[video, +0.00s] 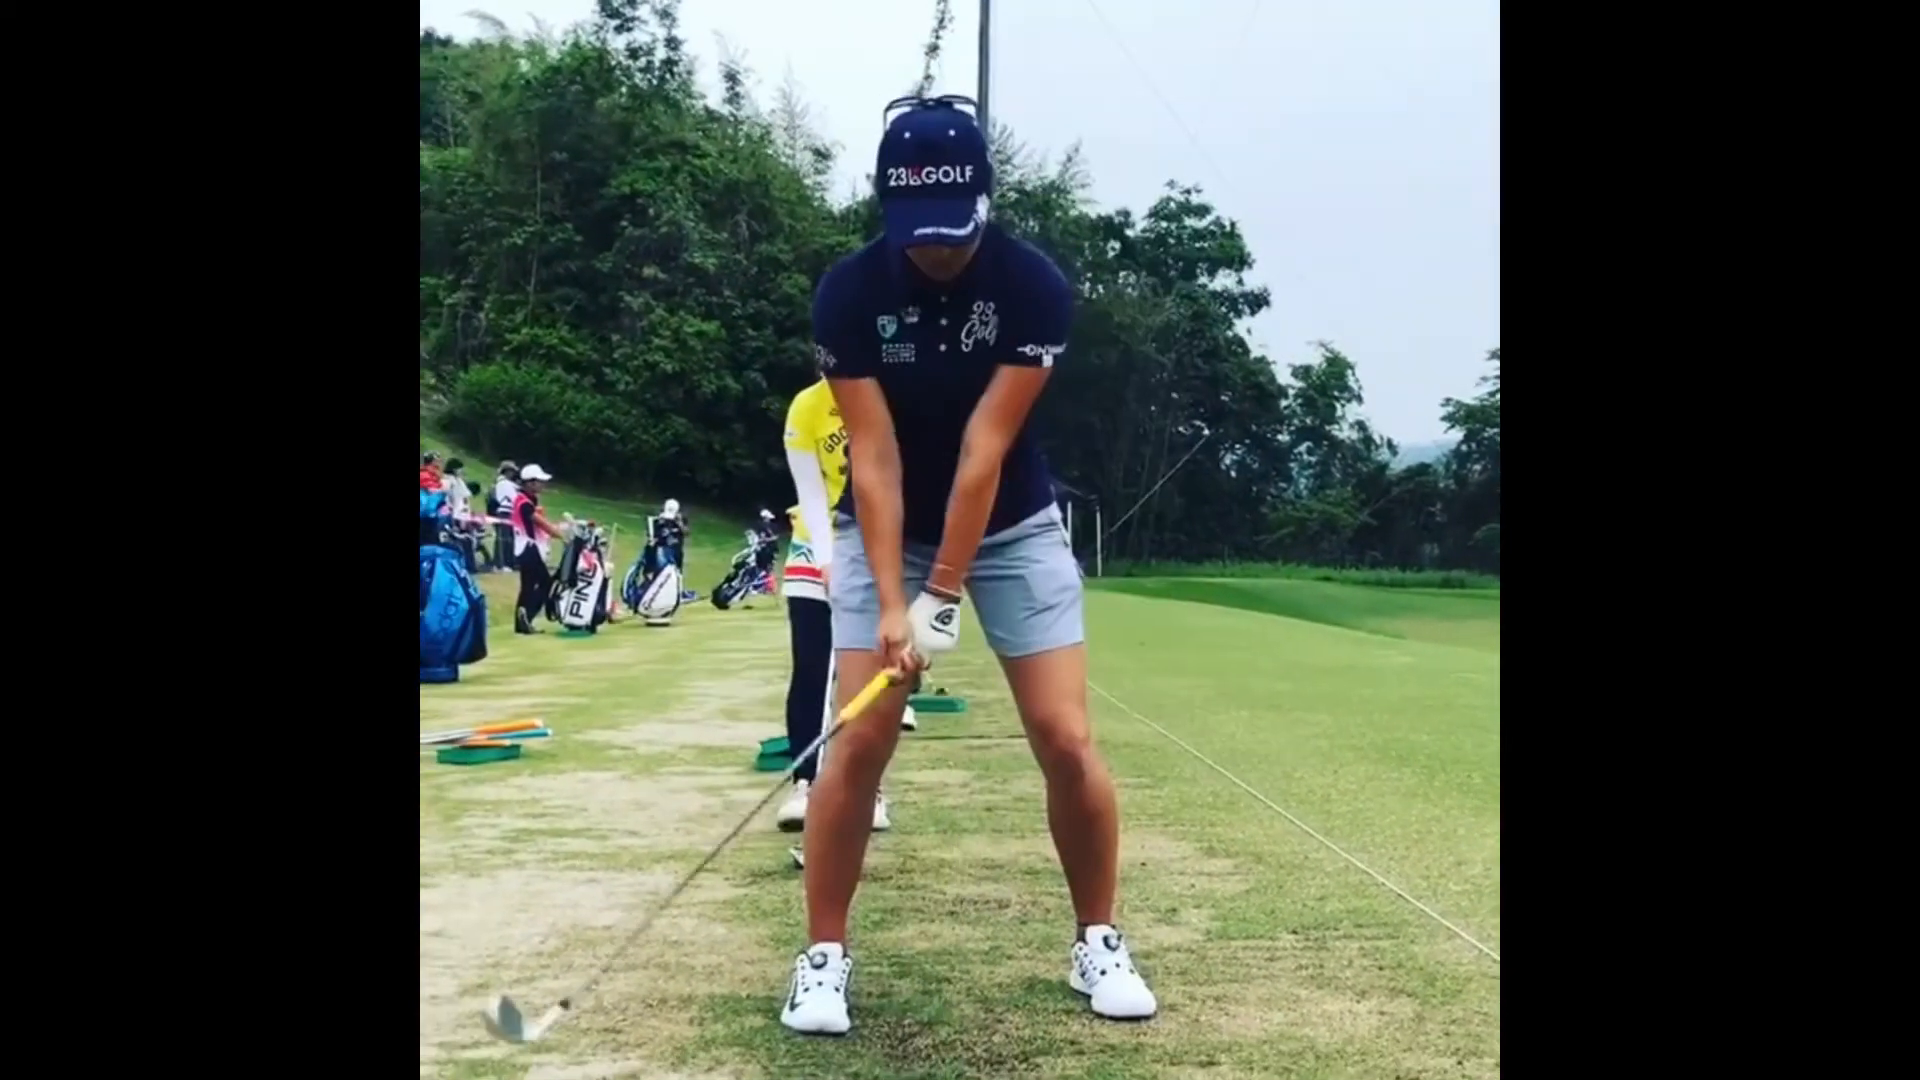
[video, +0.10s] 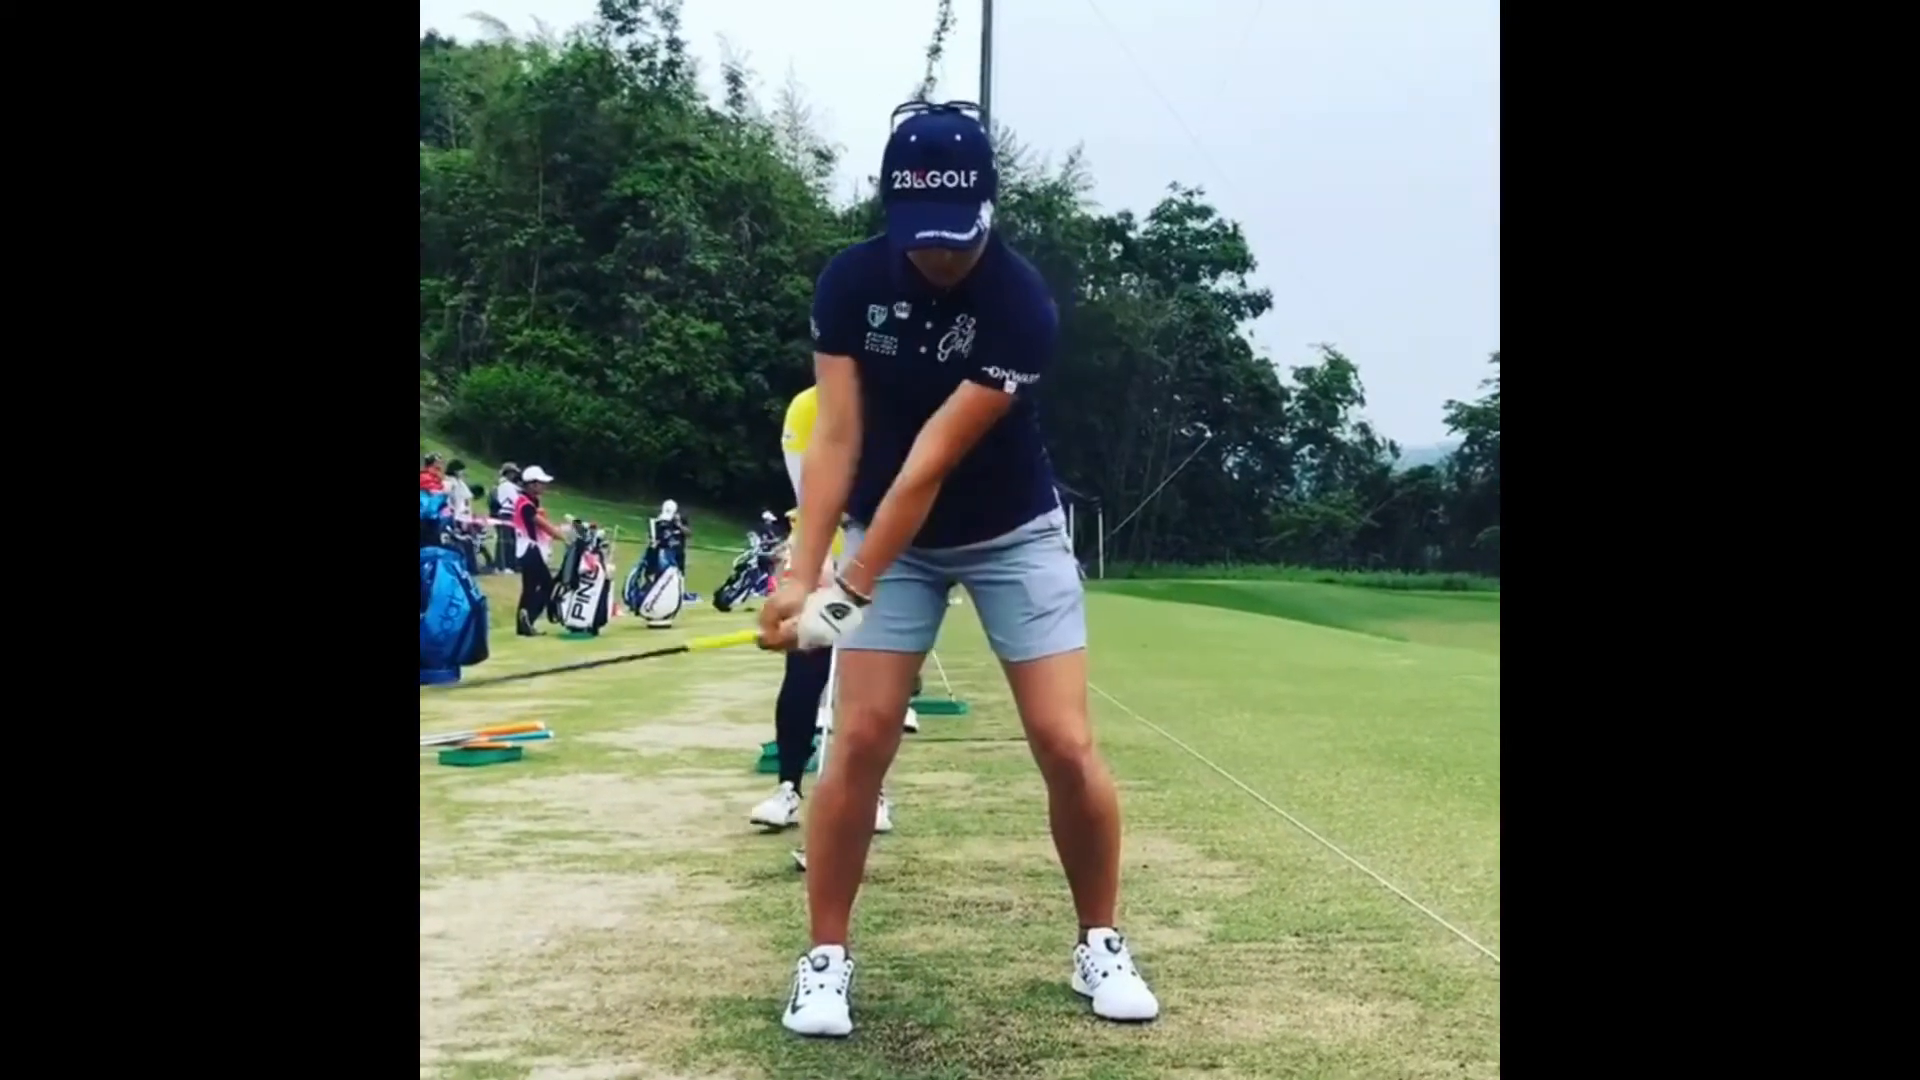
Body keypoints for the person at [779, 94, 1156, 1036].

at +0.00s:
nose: (939, 243)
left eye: (956, 223)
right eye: (921, 225)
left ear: (984, 199)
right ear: (890, 203)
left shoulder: (1035, 289)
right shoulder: (847, 294)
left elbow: (984, 453)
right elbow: (872, 453)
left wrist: (944, 591)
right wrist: (889, 596)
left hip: (1014, 529)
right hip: (889, 533)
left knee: (1066, 740)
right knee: (856, 746)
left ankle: (1100, 941)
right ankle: (824, 954)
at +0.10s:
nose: (940, 250)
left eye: (958, 231)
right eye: (923, 232)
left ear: (988, 206)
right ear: (892, 207)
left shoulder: (1021, 307)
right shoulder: (849, 283)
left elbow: (926, 471)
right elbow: (834, 437)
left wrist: (844, 593)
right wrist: (800, 571)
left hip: (1015, 537)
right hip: (893, 540)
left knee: (1068, 746)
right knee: (862, 738)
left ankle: (1102, 944)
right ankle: (826, 956)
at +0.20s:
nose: (945, 253)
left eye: (962, 234)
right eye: (928, 234)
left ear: (991, 213)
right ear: (899, 209)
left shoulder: (1003, 321)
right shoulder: (866, 265)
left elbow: (847, 440)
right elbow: (800, 390)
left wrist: (736, 527)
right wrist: (706, 497)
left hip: (1017, 540)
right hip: (893, 540)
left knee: (1068, 754)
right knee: (864, 740)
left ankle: (1103, 946)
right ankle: (828, 958)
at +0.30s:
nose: (938, 255)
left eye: (958, 237)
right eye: (921, 235)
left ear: (993, 217)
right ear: (896, 210)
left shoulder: (986, 322)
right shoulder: (889, 254)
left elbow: (803, 370)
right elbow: (800, 340)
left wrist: (662, 388)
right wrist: (670, 358)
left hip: (1018, 544)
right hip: (898, 542)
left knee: (1065, 760)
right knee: (867, 735)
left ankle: (1103, 946)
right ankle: (828, 958)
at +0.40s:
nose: (931, 253)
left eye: (953, 235)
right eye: (916, 232)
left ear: (990, 219)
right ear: (893, 211)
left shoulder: (978, 314)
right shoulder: (895, 264)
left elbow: (810, 316)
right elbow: (812, 305)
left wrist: (692, 257)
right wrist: (709, 250)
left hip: (1016, 550)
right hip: (895, 543)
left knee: (1062, 769)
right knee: (870, 736)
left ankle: (1103, 949)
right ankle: (829, 960)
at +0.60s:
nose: (939, 259)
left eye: (958, 239)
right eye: (921, 241)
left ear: (999, 216)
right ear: (896, 222)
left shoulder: (992, 313)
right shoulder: (909, 284)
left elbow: (828, 255)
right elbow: (848, 306)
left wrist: (774, 177)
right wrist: (811, 191)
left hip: (1025, 555)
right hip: (908, 548)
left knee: (1062, 775)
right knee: (870, 745)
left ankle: (1099, 952)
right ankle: (825, 961)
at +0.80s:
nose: (984, 277)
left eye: (987, 254)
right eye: (961, 270)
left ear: (995, 216)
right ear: (914, 261)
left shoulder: (1057, 254)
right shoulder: (894, 327)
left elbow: (1063, 415)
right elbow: (931, 474)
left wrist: (1042, 550)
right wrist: (988, 567)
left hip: (1084, 526)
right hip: (974, 542)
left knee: (1117, 724)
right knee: (949, 750)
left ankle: (1108, 953)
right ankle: (829, 958)